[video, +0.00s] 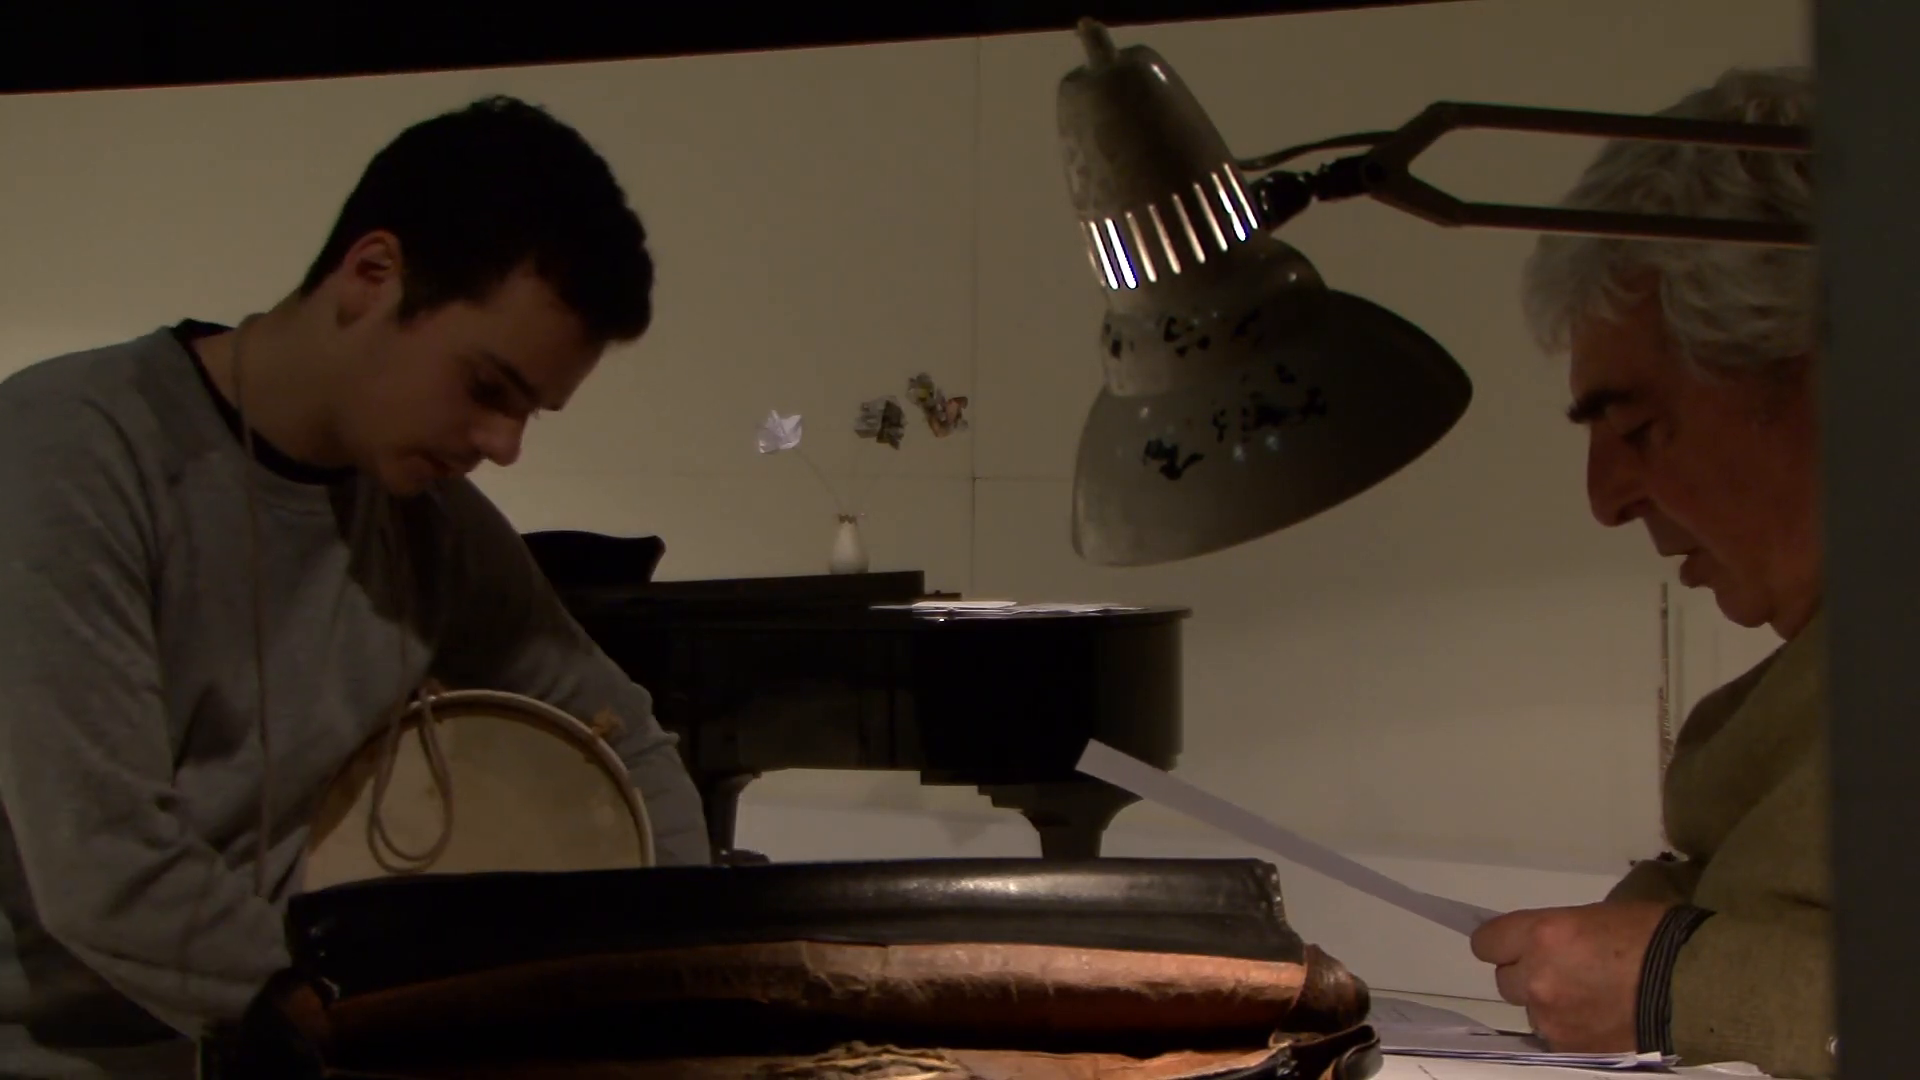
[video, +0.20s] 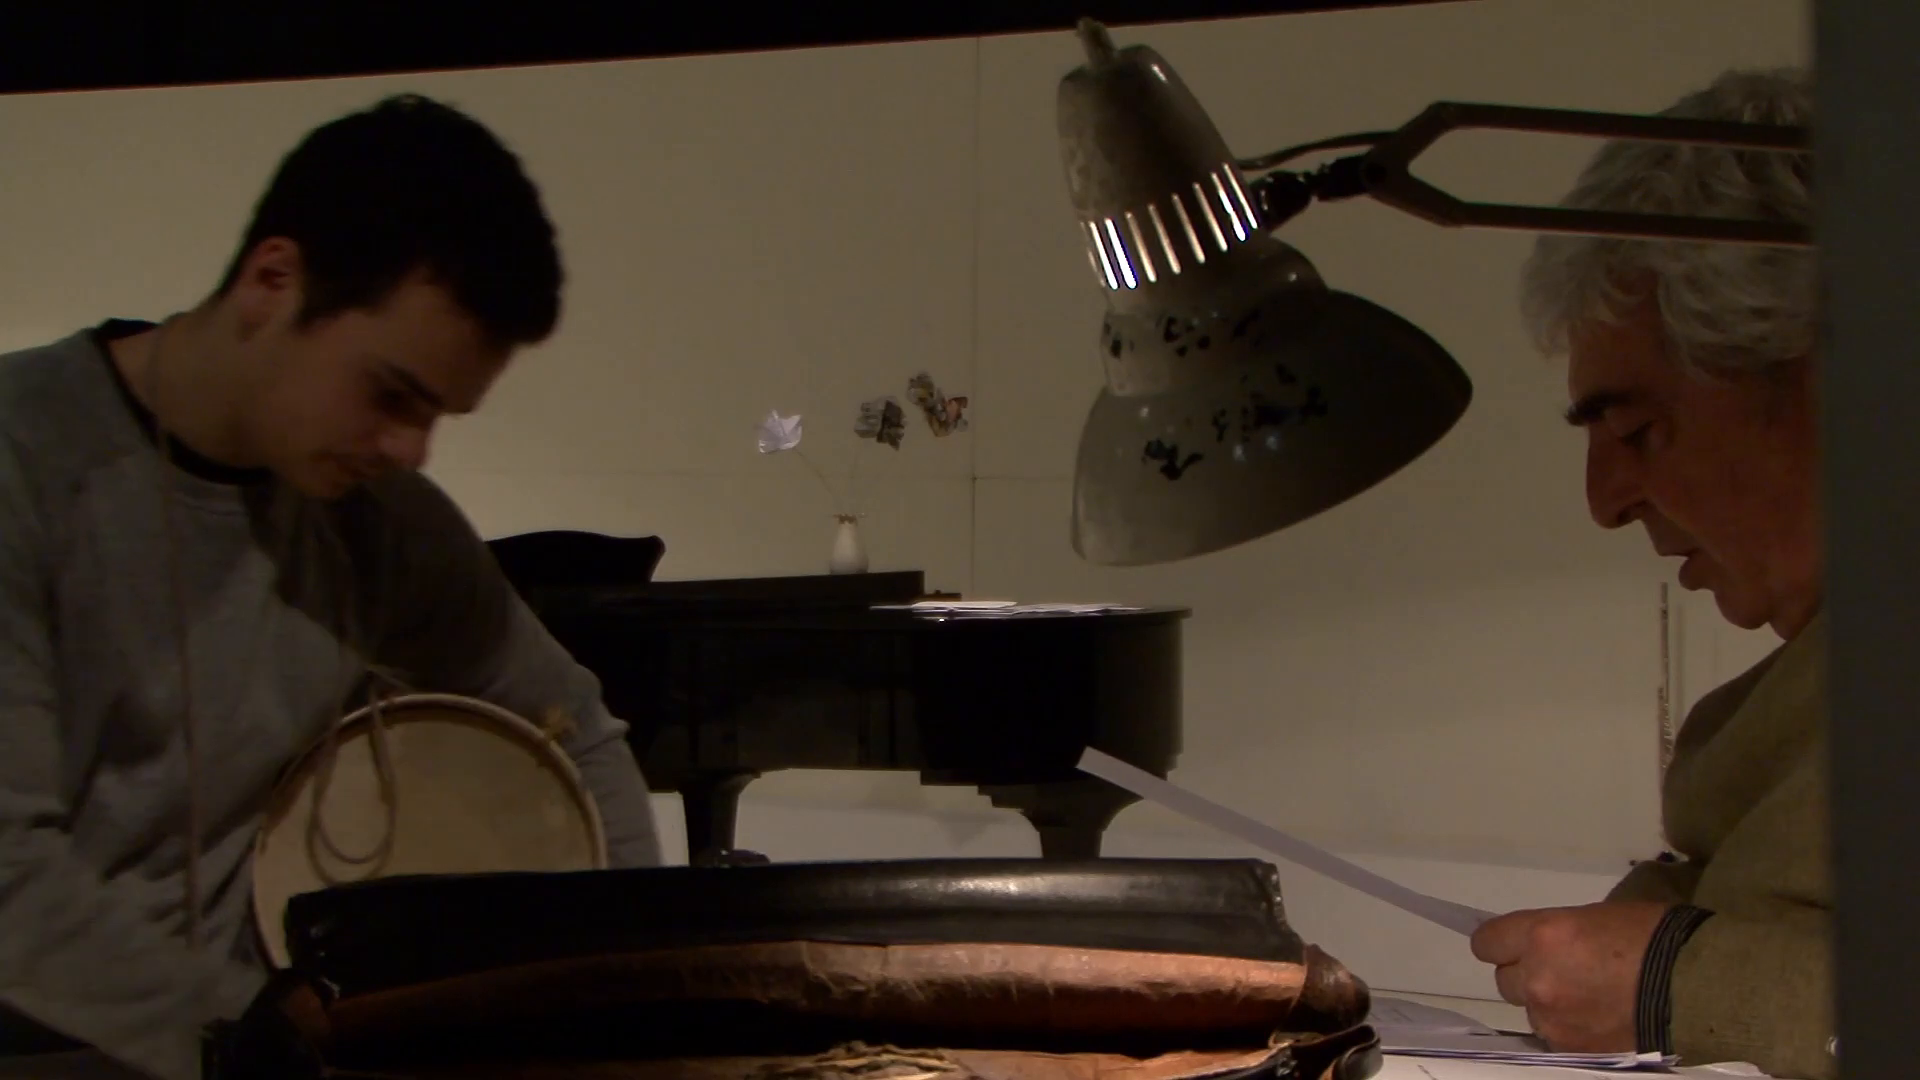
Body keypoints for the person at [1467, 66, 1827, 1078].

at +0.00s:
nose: (1609, 501)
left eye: (1636, 425)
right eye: (1599, 437)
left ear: (1818, 367)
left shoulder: (1873, 658)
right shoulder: (1801, 670)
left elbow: (1895, 999)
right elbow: (1742, 871)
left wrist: (1675, 985)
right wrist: (1649, 934)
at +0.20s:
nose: (1608, 503)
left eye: (1635, 426)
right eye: (1597, 436)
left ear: (1817, 372)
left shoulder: (1879, 655)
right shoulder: (1802, 667)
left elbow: (1897, 1005)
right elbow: (1748, 870)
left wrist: (1674, 984)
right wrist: (1650, 930)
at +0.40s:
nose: (1609, 505)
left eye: (1636, 428)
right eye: (1597, 438)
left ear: (1819, 370)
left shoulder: (1876, 660)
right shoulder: (1803, 671)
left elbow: (1894, 1006)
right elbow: (1749, 871)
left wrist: (1674, 984)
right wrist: (1651, 930)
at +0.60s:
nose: (1608, 506)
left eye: (1636, 430)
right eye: (1597, 441)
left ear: (1815, 372)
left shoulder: (1875, 658)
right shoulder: (1797, 676)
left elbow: (1895, 1007)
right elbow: (1749, 871)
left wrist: (1673, 983)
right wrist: (1653, 927)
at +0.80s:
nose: (1607, 507)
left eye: (1634, 430)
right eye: (1596, 440)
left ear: (1814, 375)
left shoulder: (1875, 657)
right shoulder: (1797, 674)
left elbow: (1892, 1006)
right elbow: (1740, 869)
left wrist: (1674, 984)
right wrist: (1649, 933)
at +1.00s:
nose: (1604, 510)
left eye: (1632, 433)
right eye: (1594, 446)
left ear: (1815, 376)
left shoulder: (1875, 660)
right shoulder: (1796, 675)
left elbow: (1892, 1009)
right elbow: (1742, 870)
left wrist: (1673, 984)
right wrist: (1652, 929)